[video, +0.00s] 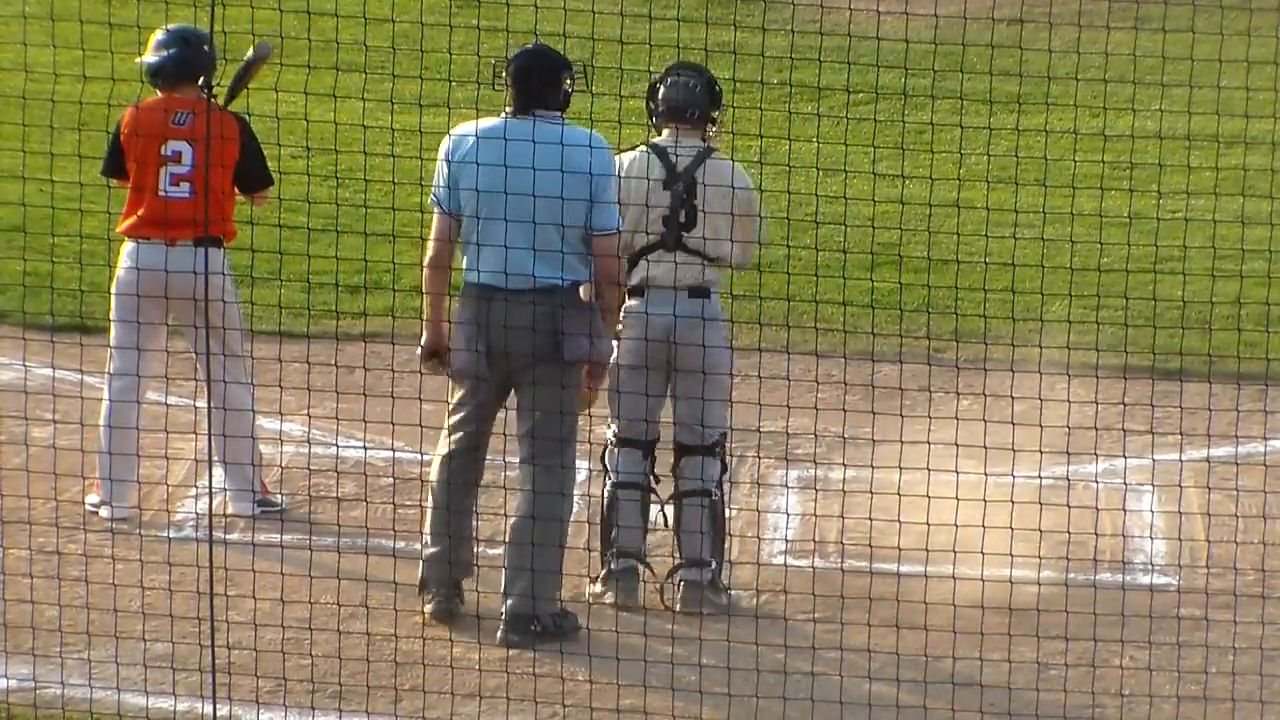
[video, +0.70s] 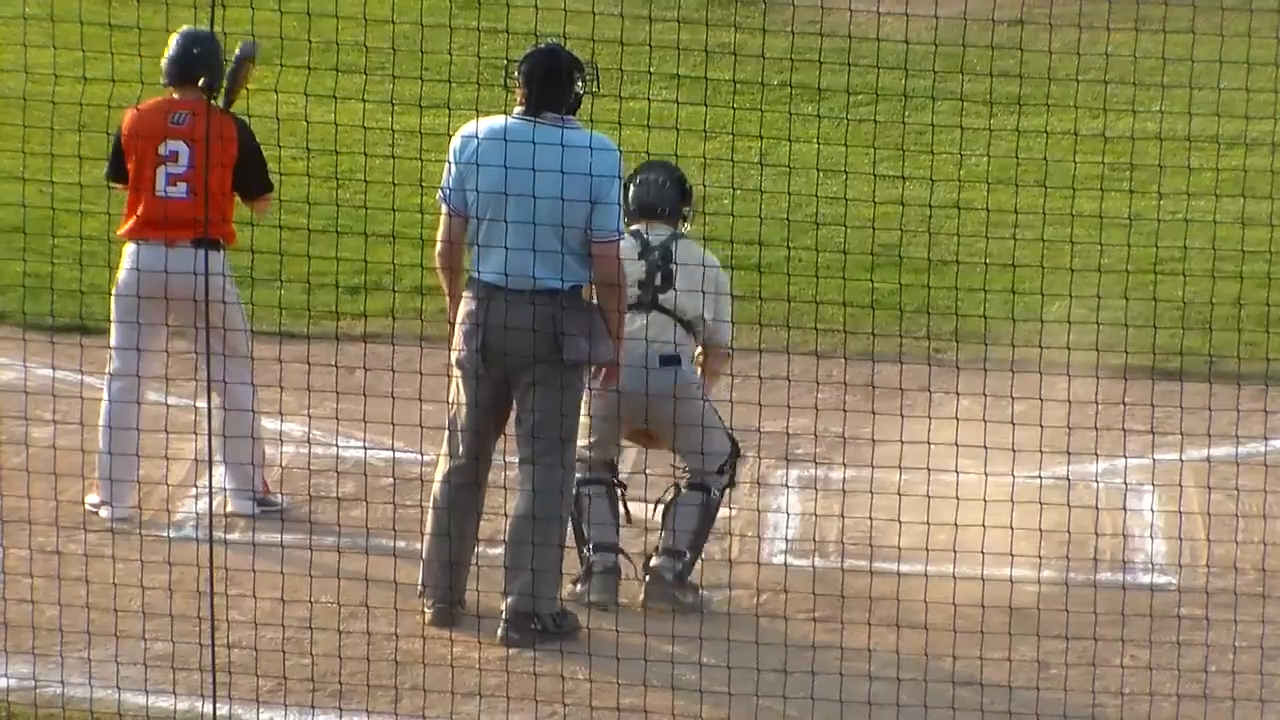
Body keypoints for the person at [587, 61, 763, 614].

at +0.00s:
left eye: (657, 106)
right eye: (707, 110)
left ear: (655, 110)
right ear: (711, 114)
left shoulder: (626, 167)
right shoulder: (732, 176)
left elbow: (611, 249)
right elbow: (743, 254)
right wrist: (688, 237)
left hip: (639, 319)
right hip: (702, 322)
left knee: (630, 442)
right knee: (700, 446)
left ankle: (623, 571)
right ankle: (697, 576)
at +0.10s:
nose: (656, 118)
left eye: (658, 110)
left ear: (659, 113)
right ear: (714, 118)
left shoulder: (631, 171)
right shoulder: (737, 178)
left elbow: (613, 251)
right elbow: (751, 259)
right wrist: (700, 240)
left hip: (643, 318)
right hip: (707, 320)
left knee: (623, 436)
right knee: (704, 446)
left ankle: (610, 560)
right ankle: (698, 575)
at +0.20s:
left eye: (658, 113)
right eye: (712, 116)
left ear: (658, 116)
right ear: (713, 120)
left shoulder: (629, 172)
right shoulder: (737, 181)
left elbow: (610, 254)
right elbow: (750, 269)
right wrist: (711, 246)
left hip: (641, 316)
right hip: (707, 320)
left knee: (619, 432)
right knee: (703, 446)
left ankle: (602, 561)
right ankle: (696, 576)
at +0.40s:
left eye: (643, 122)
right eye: (693, 127)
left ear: (642, 125)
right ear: (699, 130)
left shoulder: (614, 174)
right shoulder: (719, 184)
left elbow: (590, 248)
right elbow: (744, 269)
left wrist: (604, 306)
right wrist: (706, 312)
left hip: (621, 313)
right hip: (687, 320)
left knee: (613, 440)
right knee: (699, 446)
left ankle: (602, 567)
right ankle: (696, 574)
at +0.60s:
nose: (684, 180)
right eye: (685, 173)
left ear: (631, 176)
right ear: (684, 178)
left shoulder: (605, 221)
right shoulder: (707, 232)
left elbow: (587, 299)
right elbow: (715, 318)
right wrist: (690, 376)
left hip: (612, 353)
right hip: (675, 357)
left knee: (602, 455)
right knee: (711, 452)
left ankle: (603, 572)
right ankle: (670, 567)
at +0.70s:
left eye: (632, 202)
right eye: (678, 206)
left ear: (628, 207)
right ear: (680, 210)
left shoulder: (603, 250)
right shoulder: (705, 261)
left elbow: (578, 314)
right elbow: (718, 346)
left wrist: (590, 369)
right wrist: (699, 395)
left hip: (608, 377)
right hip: (672, 379)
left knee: (595, 465)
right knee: (714, 463)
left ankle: (601, 569)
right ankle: (670, 568)